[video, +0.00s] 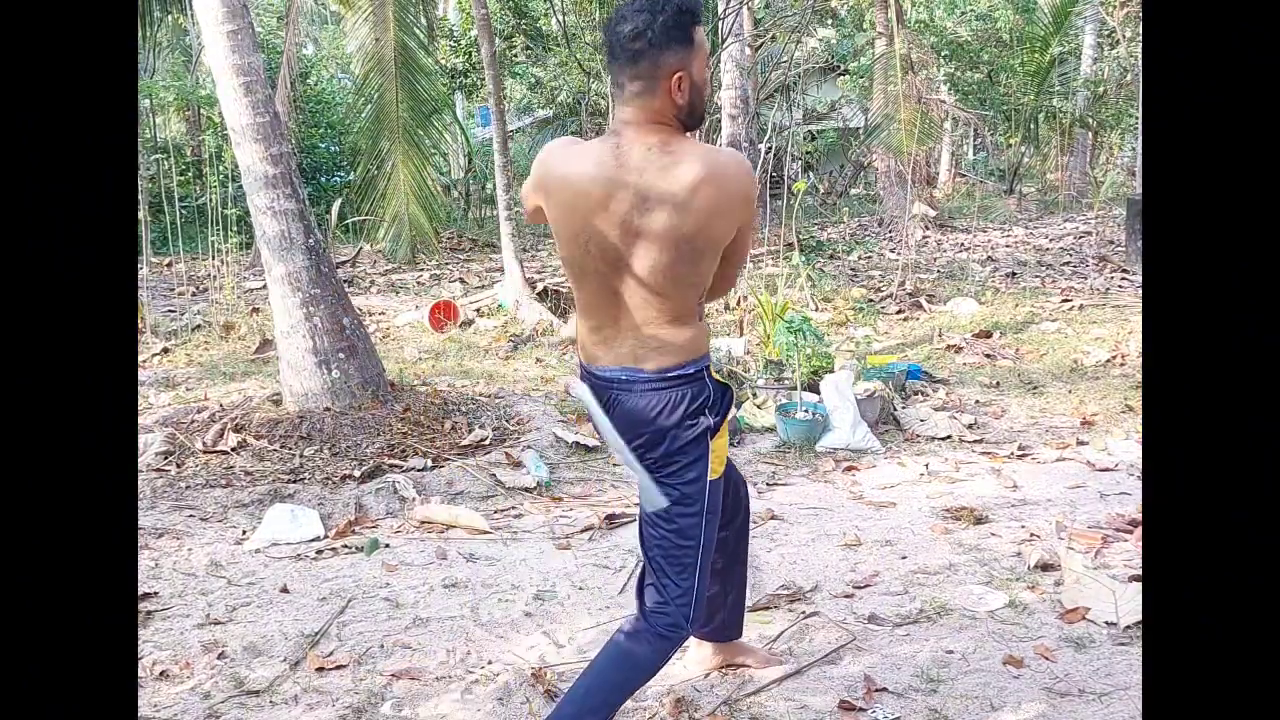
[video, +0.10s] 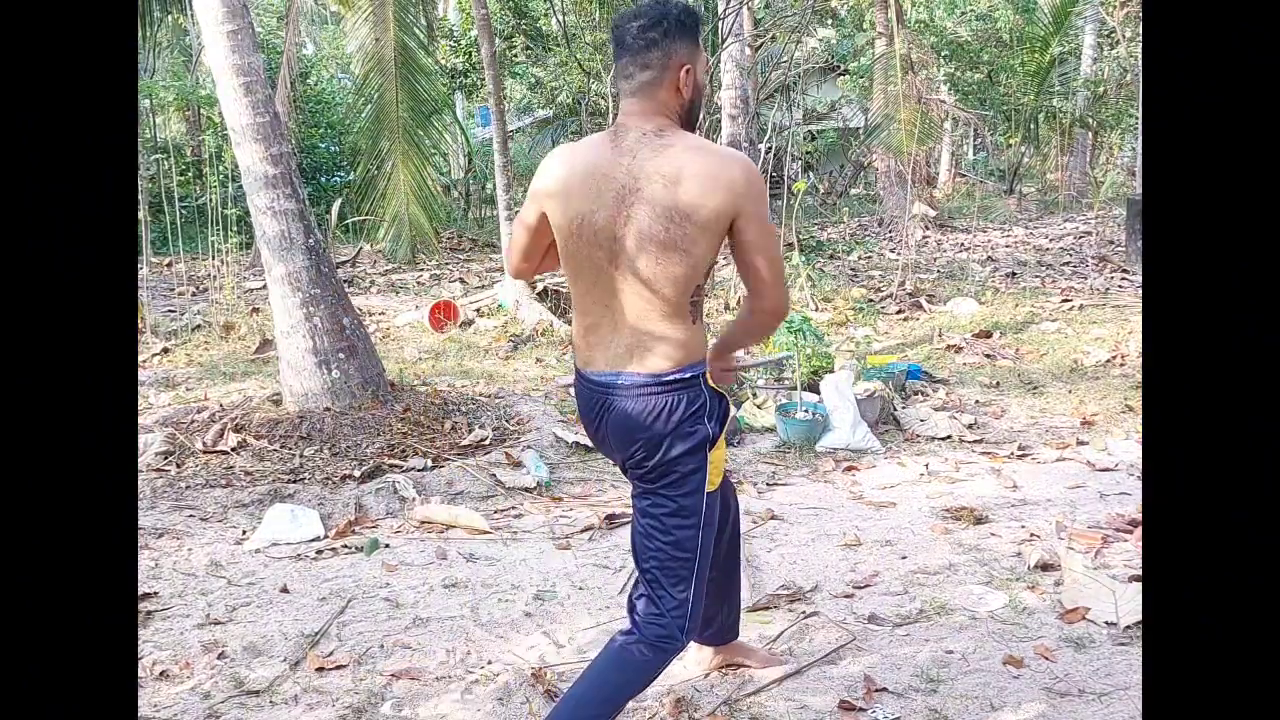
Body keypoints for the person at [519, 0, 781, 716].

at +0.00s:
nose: (707, 80)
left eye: (706, 67)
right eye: (703, 68)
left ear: (617, 76)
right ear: (678, 83)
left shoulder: (558, 163)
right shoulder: (730, 177)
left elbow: (538, 211)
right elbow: (719, 282)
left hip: (603, 389)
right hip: (678, 398)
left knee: (727, 492)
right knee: (667, 616)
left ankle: (721, 640)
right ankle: (562, 717)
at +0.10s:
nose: (703, 82)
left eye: (703, 70)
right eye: (701, 70)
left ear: (617, 76)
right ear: (683, 75)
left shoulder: (563, 165)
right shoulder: (728, 172)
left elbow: (522, 262)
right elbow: (770, 303)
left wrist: (597, 241)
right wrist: (723, 351)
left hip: (597, 402)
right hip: (675, 407)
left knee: (714, 494)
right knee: (663, 620)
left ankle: (720, 639)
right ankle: (561, 717)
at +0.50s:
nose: (767, 91)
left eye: (767, 80)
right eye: (769, 78)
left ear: (704, 68)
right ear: (754, 67)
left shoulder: (677, 129)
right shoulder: (725, 119)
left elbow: (651, 262)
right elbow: (776, 207)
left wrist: (725, 276)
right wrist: (873, 216)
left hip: (638, 337)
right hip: (671, 339)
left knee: (728, 492)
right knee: (760, 529)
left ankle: (715, 632)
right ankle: (633, 684)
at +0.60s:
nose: (786, 84)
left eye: (787, 73)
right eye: (789, 70)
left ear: (719, 55)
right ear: (776, 60)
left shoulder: (693, 122)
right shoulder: (721, 116)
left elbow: (700, 259)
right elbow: (776, 209)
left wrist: (755, 272)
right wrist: (826, 135)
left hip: (648, 331)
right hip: (680, 333)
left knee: (734, 488)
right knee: (797, 499)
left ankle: (713, 647)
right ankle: (737, 687)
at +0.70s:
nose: (802, 81)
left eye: (806, 68)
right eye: (803, 68)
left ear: (725, 58)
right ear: (785, 65)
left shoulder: (702, 117)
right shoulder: (733, 117)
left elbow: (758, 269)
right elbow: (823, 206)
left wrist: (746, 225)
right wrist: (818, 106)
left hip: (648, 329)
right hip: (684, 334)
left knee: (738, 485)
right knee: (792, 501)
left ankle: (721, 637)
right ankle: (759, 683)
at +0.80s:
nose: (808, 79)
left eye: (811, 65)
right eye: (807, 67)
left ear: (727, 58)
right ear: (792, 65)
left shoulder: (702, 123)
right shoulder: (744, 129)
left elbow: (754, 268)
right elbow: (846, 208)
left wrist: (760, 233)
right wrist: (834, 101)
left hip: (640, 333)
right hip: (682, 339)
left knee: (722, 465)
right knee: (785, 505)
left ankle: (690, 607)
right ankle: (753, 684)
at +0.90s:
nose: (804, 77)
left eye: (805, 63)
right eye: (801, 63)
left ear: (727, 55)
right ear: (779, 65)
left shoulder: (697, 131)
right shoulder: (719, 139)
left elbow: (752, 265)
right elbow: (820, 222)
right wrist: (820, 107)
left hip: (634, 333)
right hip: (674, 341)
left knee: (667, 459)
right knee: (777, 506)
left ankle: (584, 587)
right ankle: (754, 685)